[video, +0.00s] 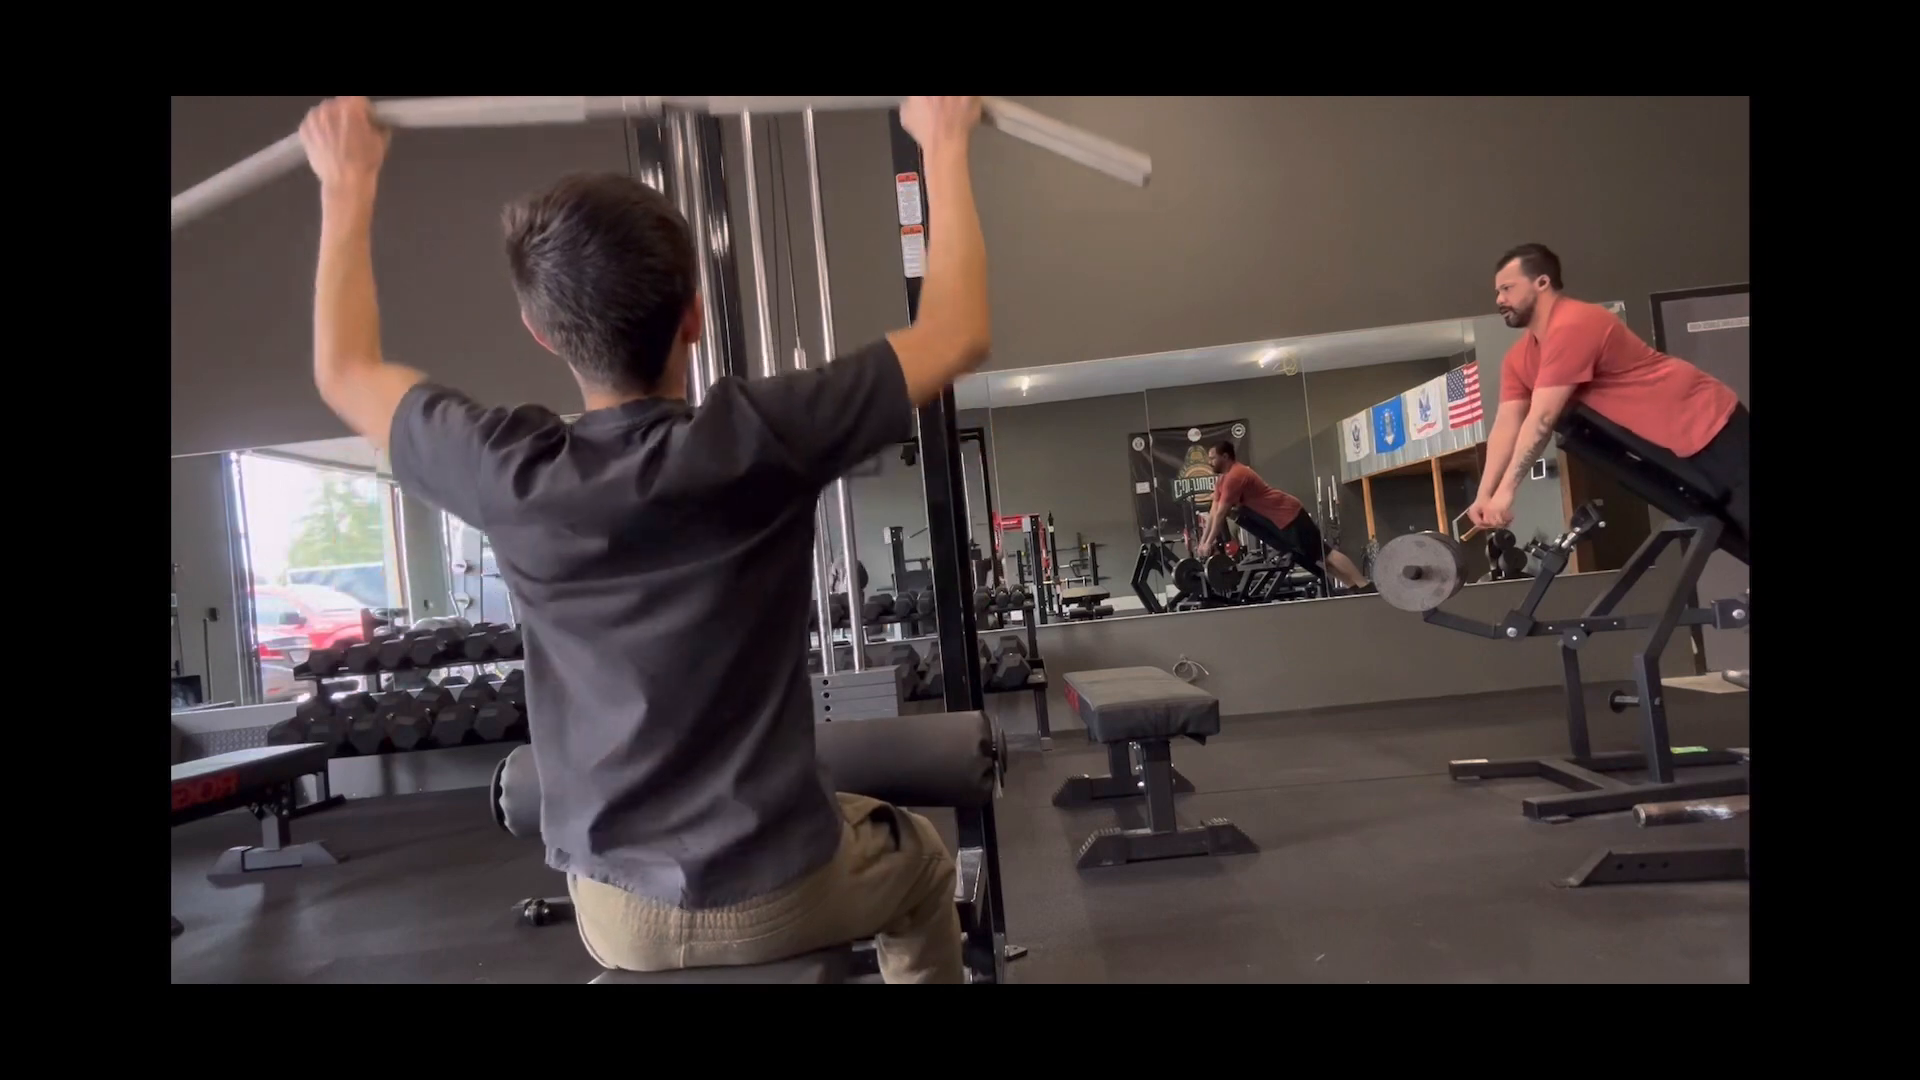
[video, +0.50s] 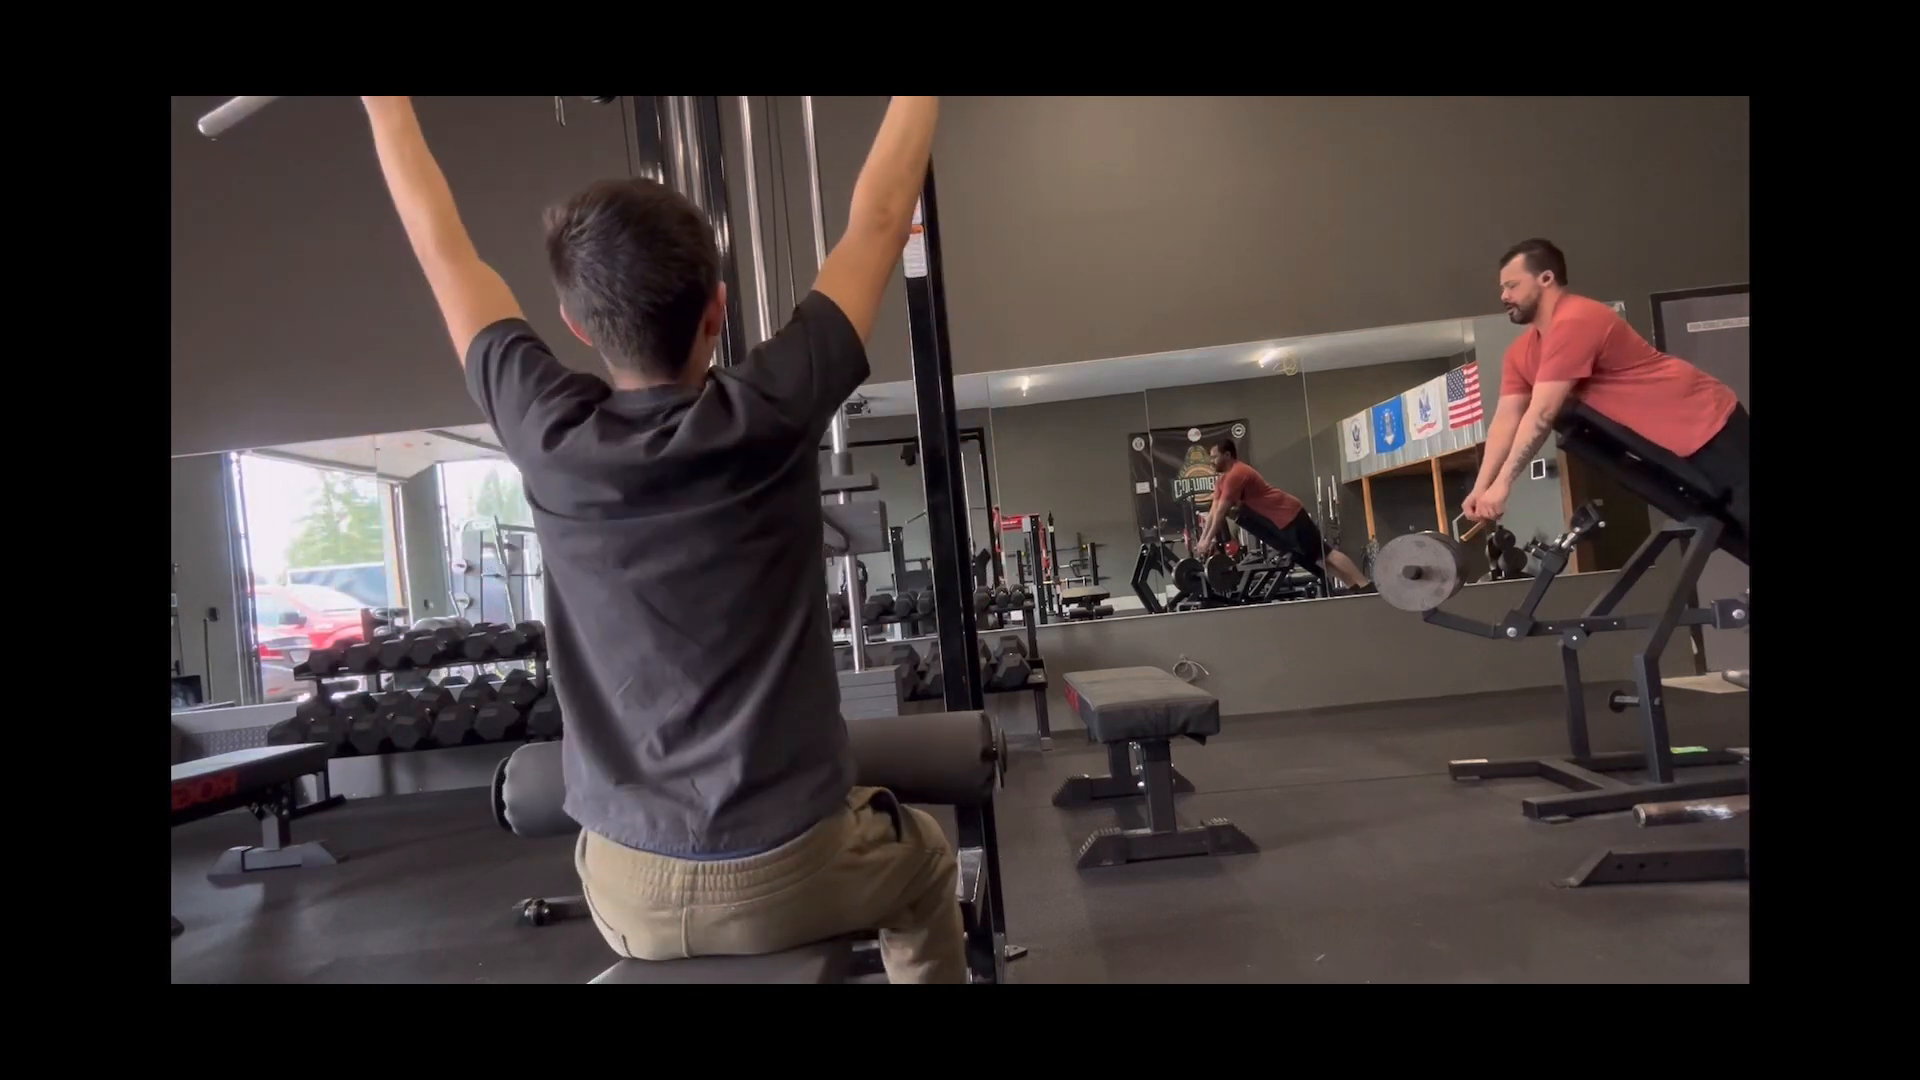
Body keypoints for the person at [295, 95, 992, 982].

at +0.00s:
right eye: (697, 286)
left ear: (539, 333)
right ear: (694, 314)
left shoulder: (511, 471)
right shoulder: (764, 435)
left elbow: (344, 368)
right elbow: (956, 336)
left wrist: (344, 184)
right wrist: (948, 148)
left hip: (610, 912)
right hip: (775, 901)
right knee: (920, 859)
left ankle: (621, 975)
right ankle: (927, 981)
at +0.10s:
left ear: (544, 328)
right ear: (700, 314)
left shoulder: (521, 458)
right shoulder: (765, 416)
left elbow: (374, 314)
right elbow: (920, 272)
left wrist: (351, 136)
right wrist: (936, 98)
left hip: (617, 912)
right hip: (781, 898)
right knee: (918, 856)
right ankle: (928, 975)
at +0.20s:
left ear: (552, 330)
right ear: (702, 314)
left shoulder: (531, 444)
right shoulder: (765, 408)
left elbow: (403, 271)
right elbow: (890, 232)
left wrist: (358, 108)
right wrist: (927, 91)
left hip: (620, 905)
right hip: (788, 895)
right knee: (919, 857)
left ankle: (631, 966)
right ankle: (930, 977)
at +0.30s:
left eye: (551, 316)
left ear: (563, 335)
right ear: (709, 319)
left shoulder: (543, 429)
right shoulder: (766, 404)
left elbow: (429, 239)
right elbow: (874, 220)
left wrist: (369, 93)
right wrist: (915, 85)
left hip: (620, 897)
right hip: (788, 890)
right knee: (921, 857)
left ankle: (630, 970)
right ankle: (931, 973)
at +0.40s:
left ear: (573, 330)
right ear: (715, 318)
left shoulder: (551, 423)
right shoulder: (770, 401)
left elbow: (437, 239)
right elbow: (874, 219)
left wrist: (377, 94)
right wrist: (916, 84)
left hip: (620, 889)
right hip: (786, 885)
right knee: (921, 855)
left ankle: (636, 969)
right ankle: (931, 973)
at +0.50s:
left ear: (574, 327)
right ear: (716, 315)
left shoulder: (550, 432)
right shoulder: (772, 410)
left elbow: (442, 249)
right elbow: (880, 222)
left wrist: (383, 100)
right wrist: (921, 85)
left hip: (624, 890)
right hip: (787, 884)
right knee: (919, 854)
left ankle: (643, 968)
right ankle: (930, 973)